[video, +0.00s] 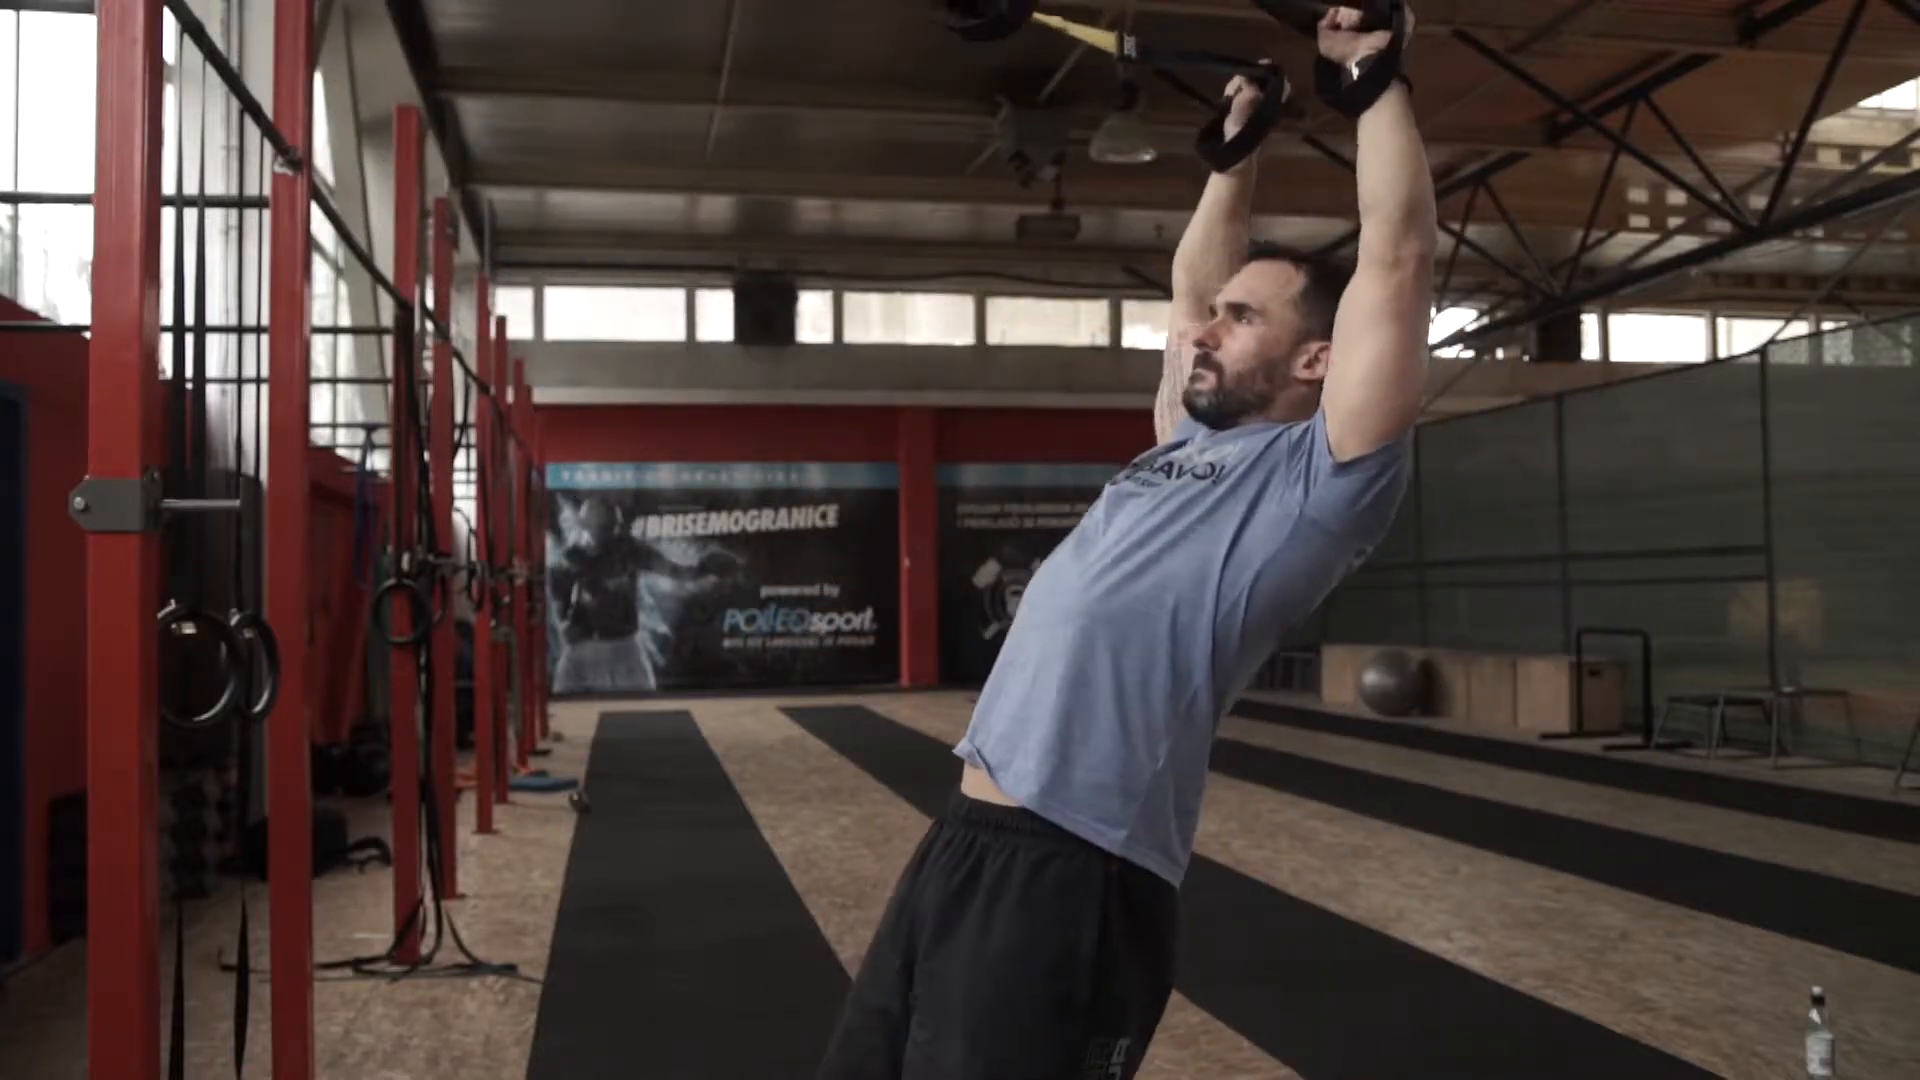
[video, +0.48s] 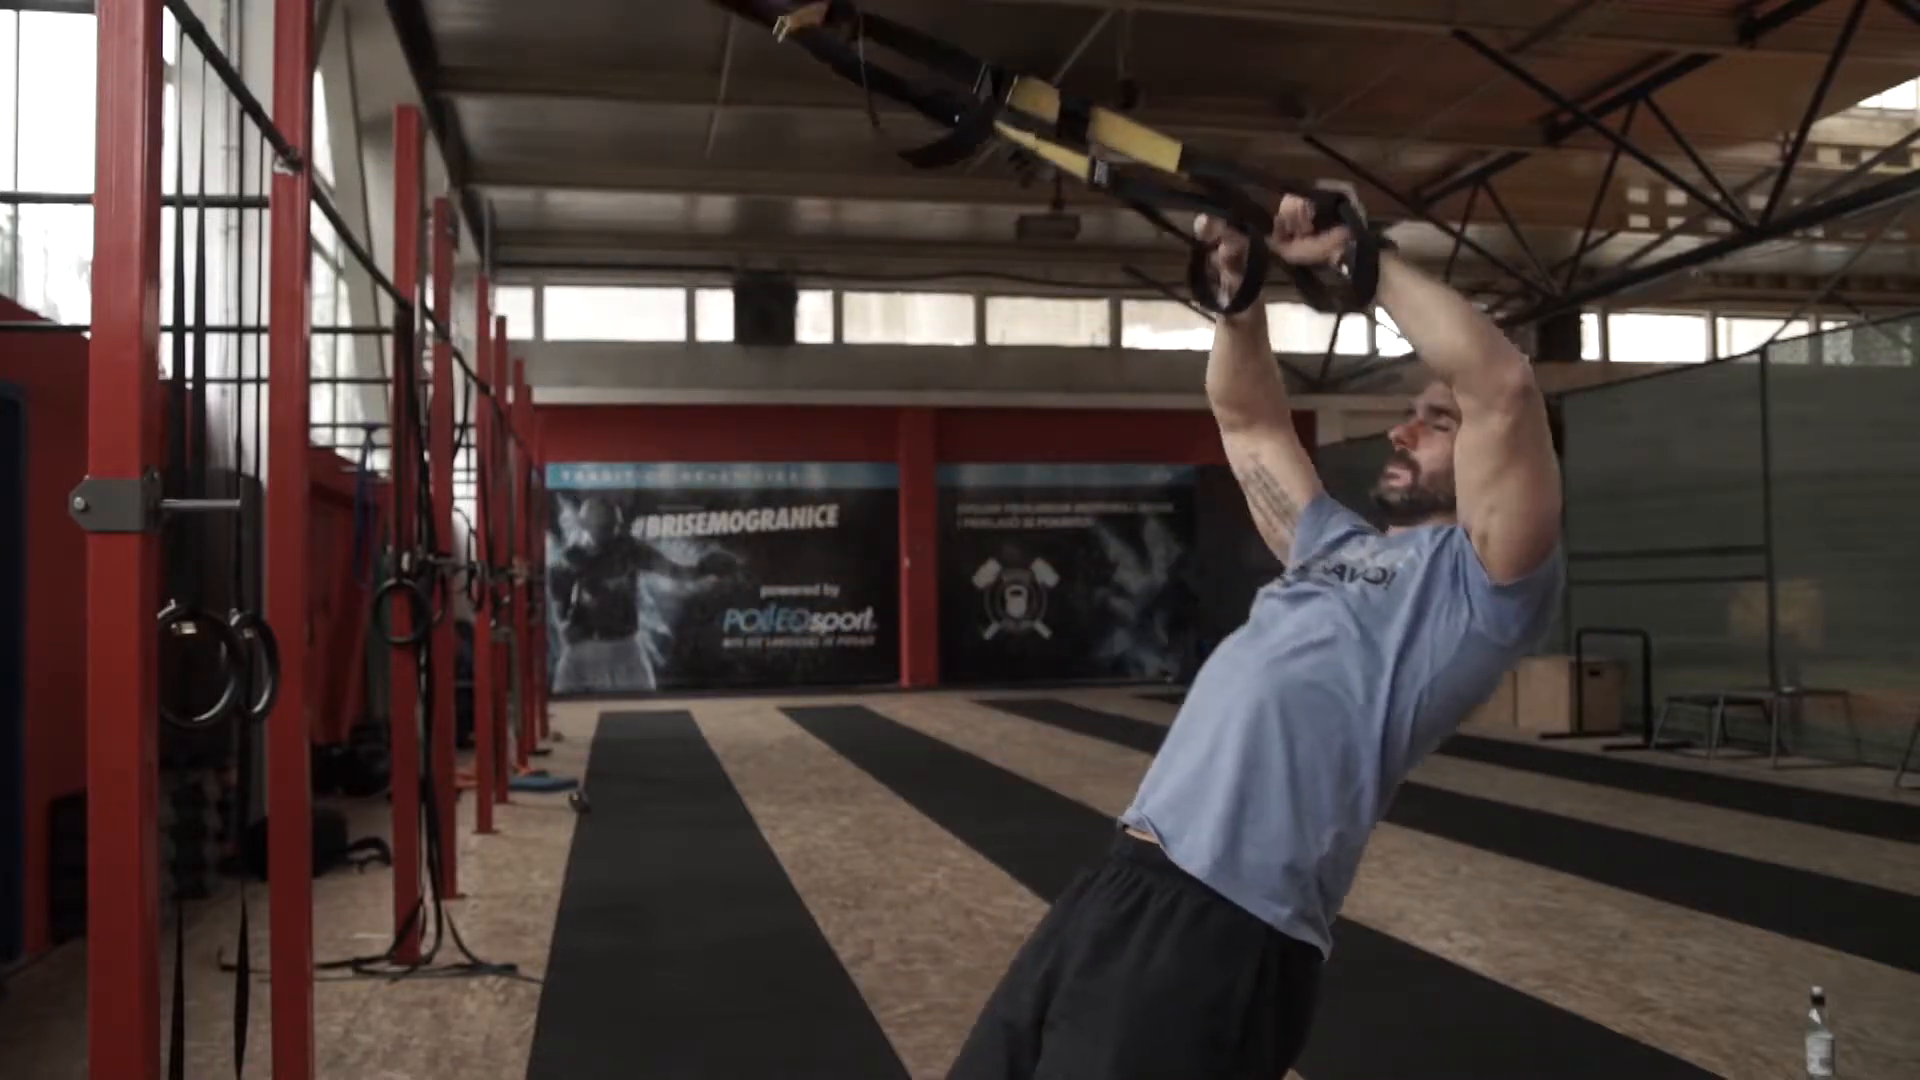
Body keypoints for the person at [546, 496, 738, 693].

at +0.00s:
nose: (601, 530)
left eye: (606, 522)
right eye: (594, 523)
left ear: (615, 521)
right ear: (583, 523)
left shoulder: (629, 549)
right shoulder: (572, 558)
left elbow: (673, 571)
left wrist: (703, 572)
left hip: (625, 649)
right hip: (581, 651)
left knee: (637, 716)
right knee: (573, 719)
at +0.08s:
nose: (602, 529)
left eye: (607, 521)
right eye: (594, 523)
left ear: (615, 520)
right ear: (583, 523)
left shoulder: (629, 549)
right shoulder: (571, 558)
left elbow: (673, 571)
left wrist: (703, 571)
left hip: (625, 649)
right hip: (581, 652)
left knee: (637, 717)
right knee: (573, 719)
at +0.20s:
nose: (600, 527)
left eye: (605, 520)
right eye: (594, 521)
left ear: (615, 520)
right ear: (583, 523)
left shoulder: (629, 549)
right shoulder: (573, 557)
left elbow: (672, 571)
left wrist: (702, 571)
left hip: (625, 647)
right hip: (581, 649)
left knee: (637, 714)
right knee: (573, 717)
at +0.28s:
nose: (600, 527)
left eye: (605, 520)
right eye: (594, 521)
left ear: (615, 520)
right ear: (583, 523)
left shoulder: (629, 549)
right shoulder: (573, 557)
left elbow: (672, 571)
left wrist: (702, 571)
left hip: (625, 647)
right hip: (581, 649)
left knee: (637, 714)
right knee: (573, 717)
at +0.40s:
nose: (601, 529)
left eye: (606, 521)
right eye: (594, 523)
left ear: (615, 520)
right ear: (583, 523)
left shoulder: (629, 549)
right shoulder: (572, 558)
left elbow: (672, 571)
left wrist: (702, 572)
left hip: (625, 648)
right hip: (581, 650)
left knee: (637, 716)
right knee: (573, 718)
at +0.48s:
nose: (601, 529)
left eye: (606, 522)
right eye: (594, 523)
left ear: (616, 521)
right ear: (583, 523)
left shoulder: (629, 549)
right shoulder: (572, 557)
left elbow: (672, 571)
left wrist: (702, 572)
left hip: (625, 648)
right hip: (580, 650)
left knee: (636, 715)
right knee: (573, 718)